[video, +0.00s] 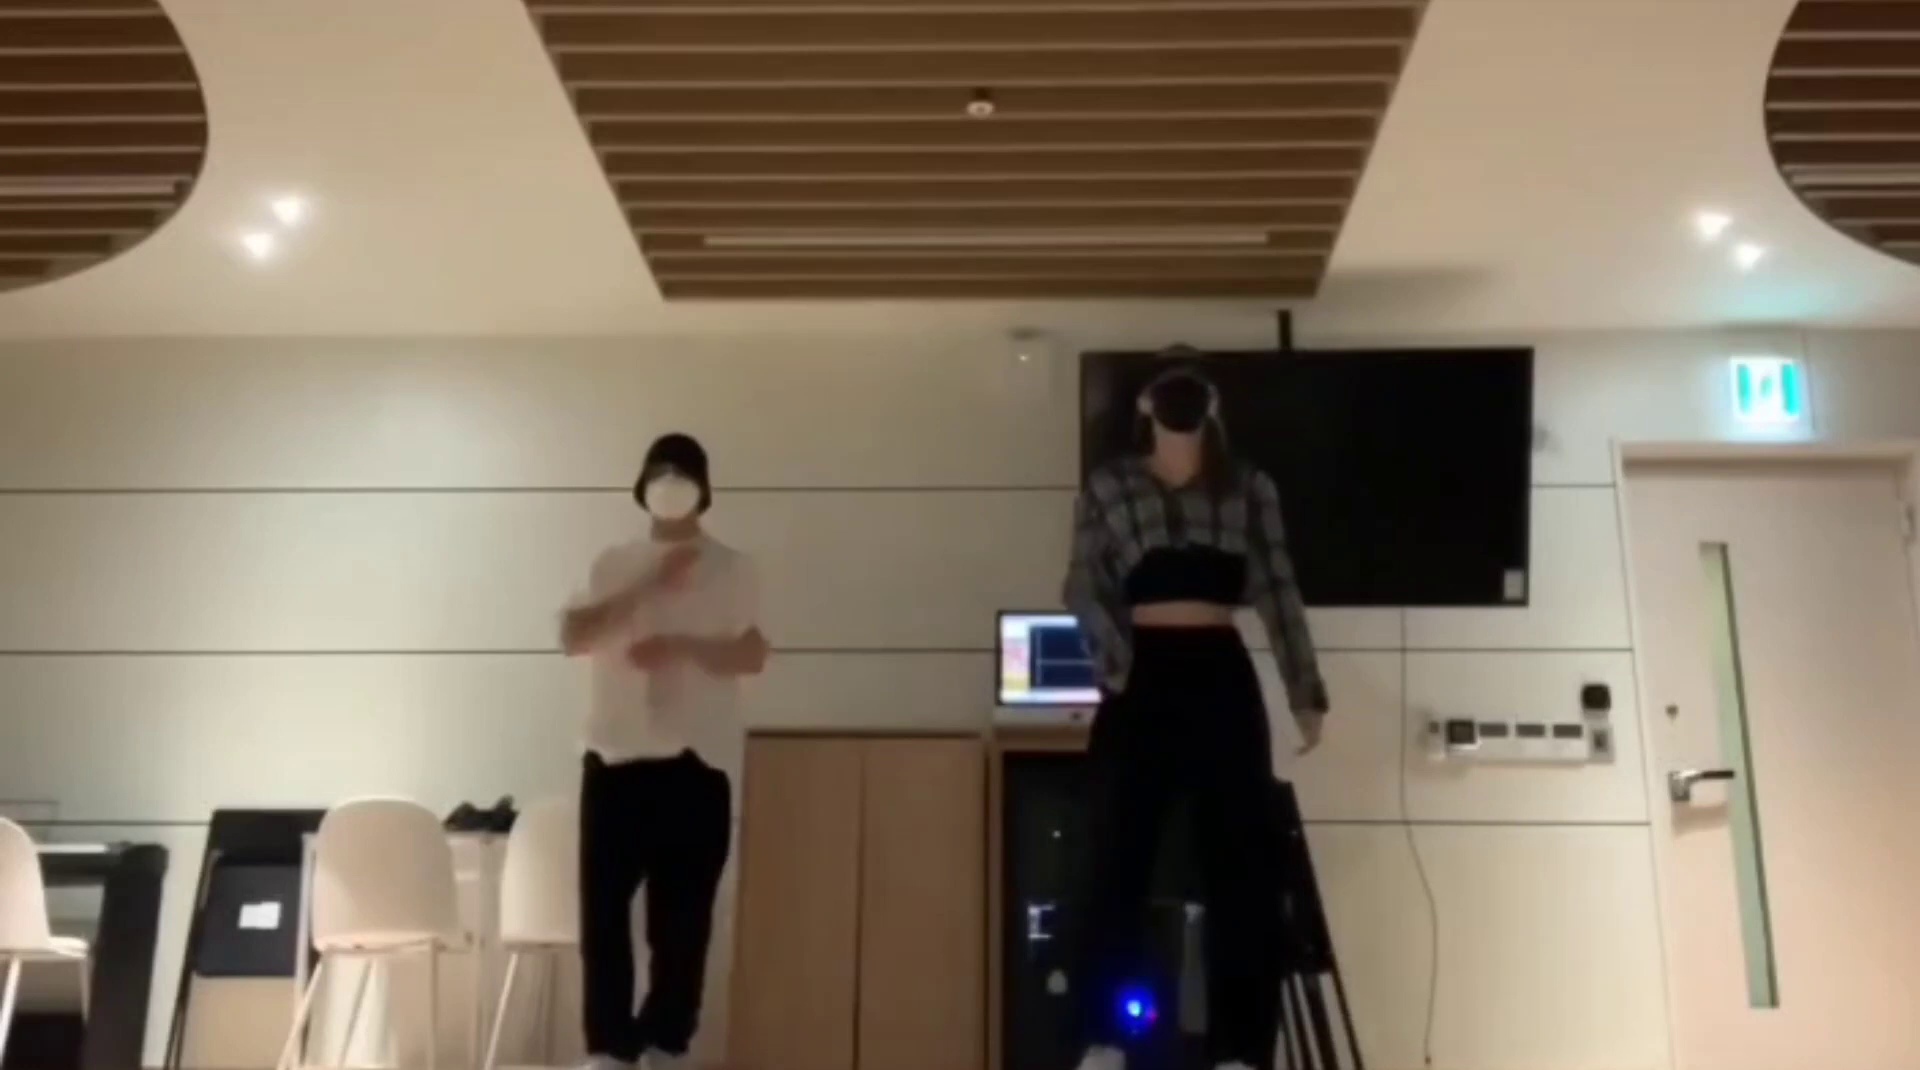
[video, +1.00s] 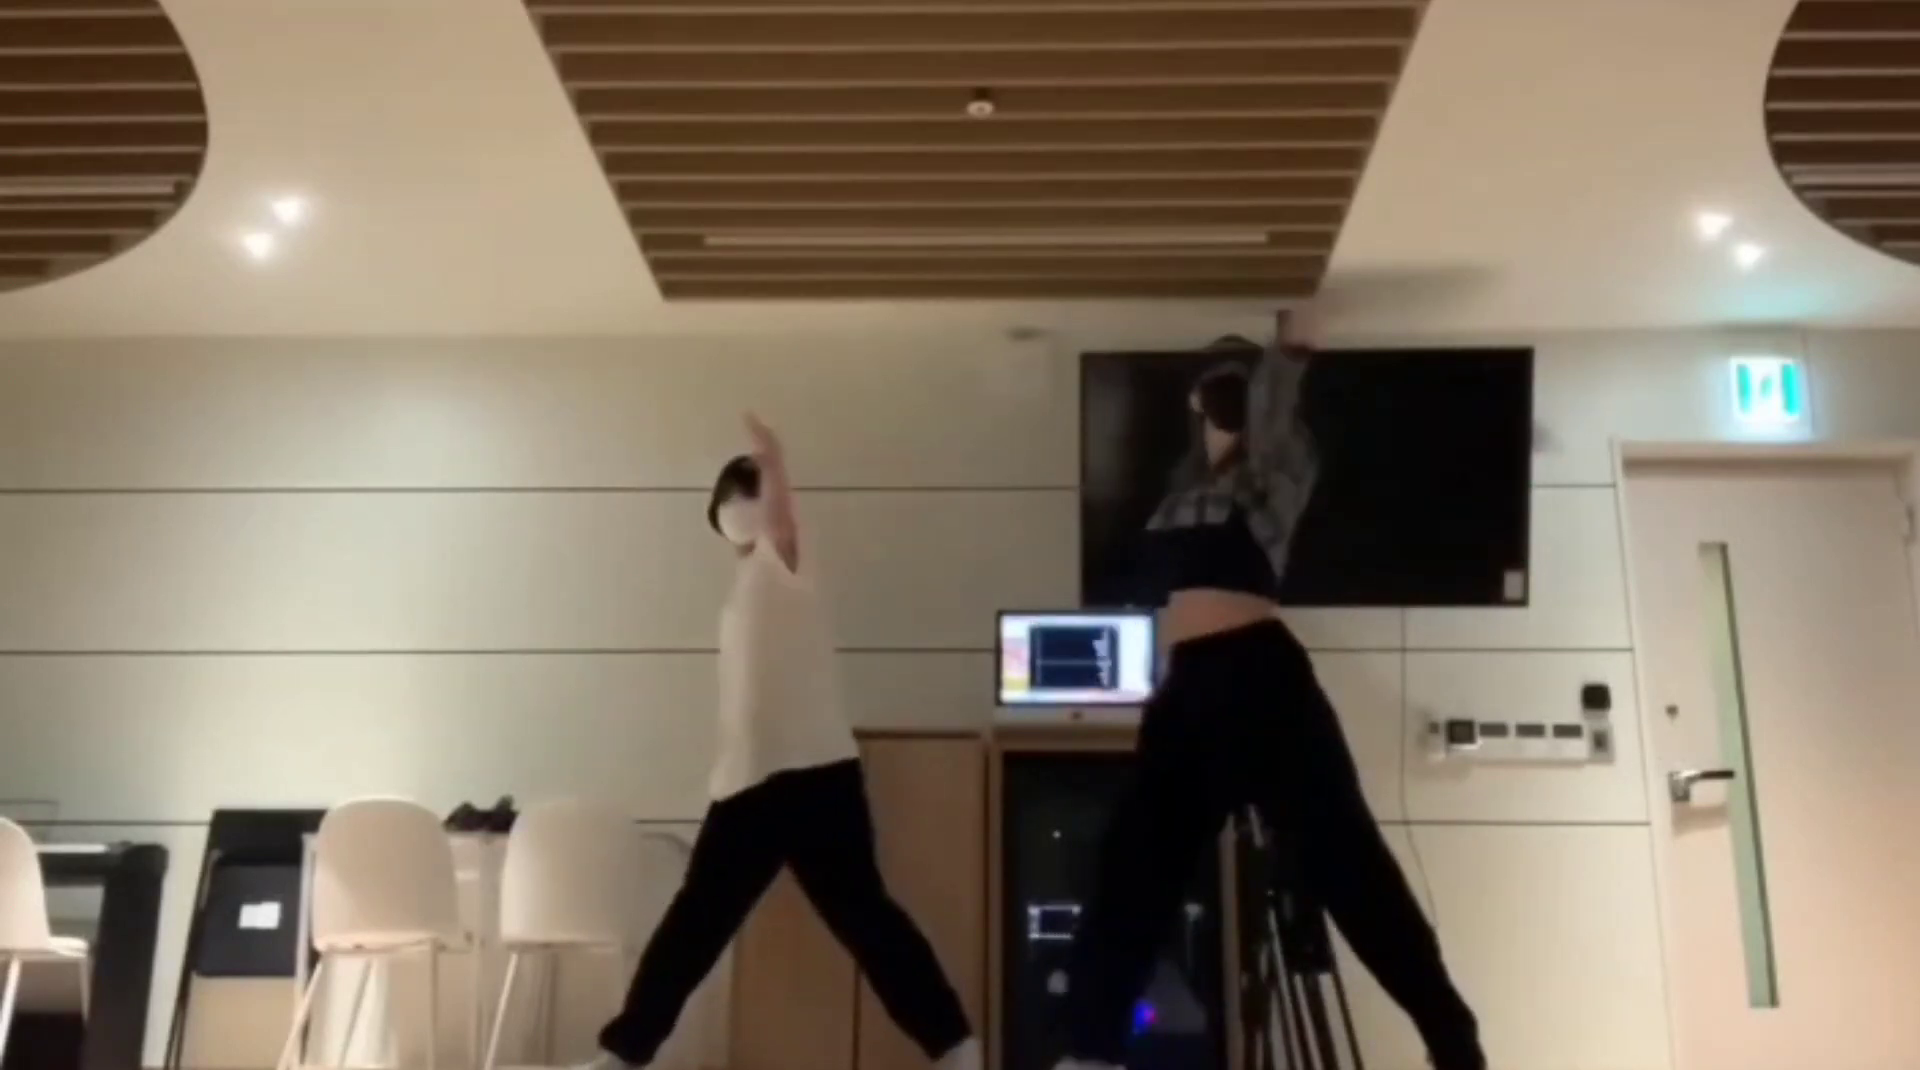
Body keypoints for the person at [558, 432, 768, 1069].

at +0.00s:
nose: (669, 491)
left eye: (683, 479)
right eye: (658, 479)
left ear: (704, 490)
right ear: (642, 489)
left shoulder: (733, 569)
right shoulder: (617, 563)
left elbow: (753, 655)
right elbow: (574, 636)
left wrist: (679, 647)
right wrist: (651, 584)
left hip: (698, 765)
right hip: (615, 763)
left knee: (681, 916)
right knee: (604, 914)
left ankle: (666, 1046)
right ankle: (608, 1047)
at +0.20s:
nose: (668, 504)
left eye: (682, 493)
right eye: (657, 493)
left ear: (701, 505)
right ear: (640, 503)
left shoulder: (735, 584)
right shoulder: (610, 577)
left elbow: (798, 642)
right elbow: (552, 619)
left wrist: (768, 665)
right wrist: (544, 661)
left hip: (721, 752)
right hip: (639, 766)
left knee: (775, 808)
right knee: (611, 904)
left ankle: (761, 937)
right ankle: (617, 1044)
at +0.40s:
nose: (692, 519)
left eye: (704, 507)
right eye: (681, 507)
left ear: (724, 519)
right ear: (662, 519)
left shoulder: (754, 589)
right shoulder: (636, 601)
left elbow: (770, 653)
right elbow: (566, 669)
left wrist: (808, 602)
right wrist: (497, 726)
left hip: (769, 779)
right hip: (680, 793)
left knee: (847, 883)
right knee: (630, 920)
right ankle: (621, 1049)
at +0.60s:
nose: (698, 516)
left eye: (712, 503)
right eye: (685, 507)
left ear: (734, 515)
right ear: (672, 523)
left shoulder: (776, 580)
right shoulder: (674, 602)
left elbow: (871, 596)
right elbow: (681, 683)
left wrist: (939, 560)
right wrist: (634, 740)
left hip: (804, 791)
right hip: (718, 803)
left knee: (877, 914)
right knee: (653, 925)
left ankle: (953, 1042)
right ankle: (620, 1052)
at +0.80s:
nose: (706, 507)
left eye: (719, 496)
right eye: (695, 500)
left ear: (745, 507)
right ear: (684, 518)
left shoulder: (772, 553)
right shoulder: (705, 590)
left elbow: (836, 537)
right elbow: (725, 680)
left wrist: (914, 508)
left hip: (808, 772)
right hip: (733, 788)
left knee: (874, 908)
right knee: (684, 918)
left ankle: (953, 1043)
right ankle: (623, 1049)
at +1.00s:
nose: (732, 517)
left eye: (737, 501)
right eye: (724, 509)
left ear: (762, 497)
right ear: (721, 523)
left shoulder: (784, 562)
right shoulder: (748, 582)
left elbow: (776, 494)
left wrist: (768, 451)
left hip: (809, 771)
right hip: (749, 779)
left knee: (864, 917)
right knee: (693, 923)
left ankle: (954, 1046)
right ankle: (623, 1051)